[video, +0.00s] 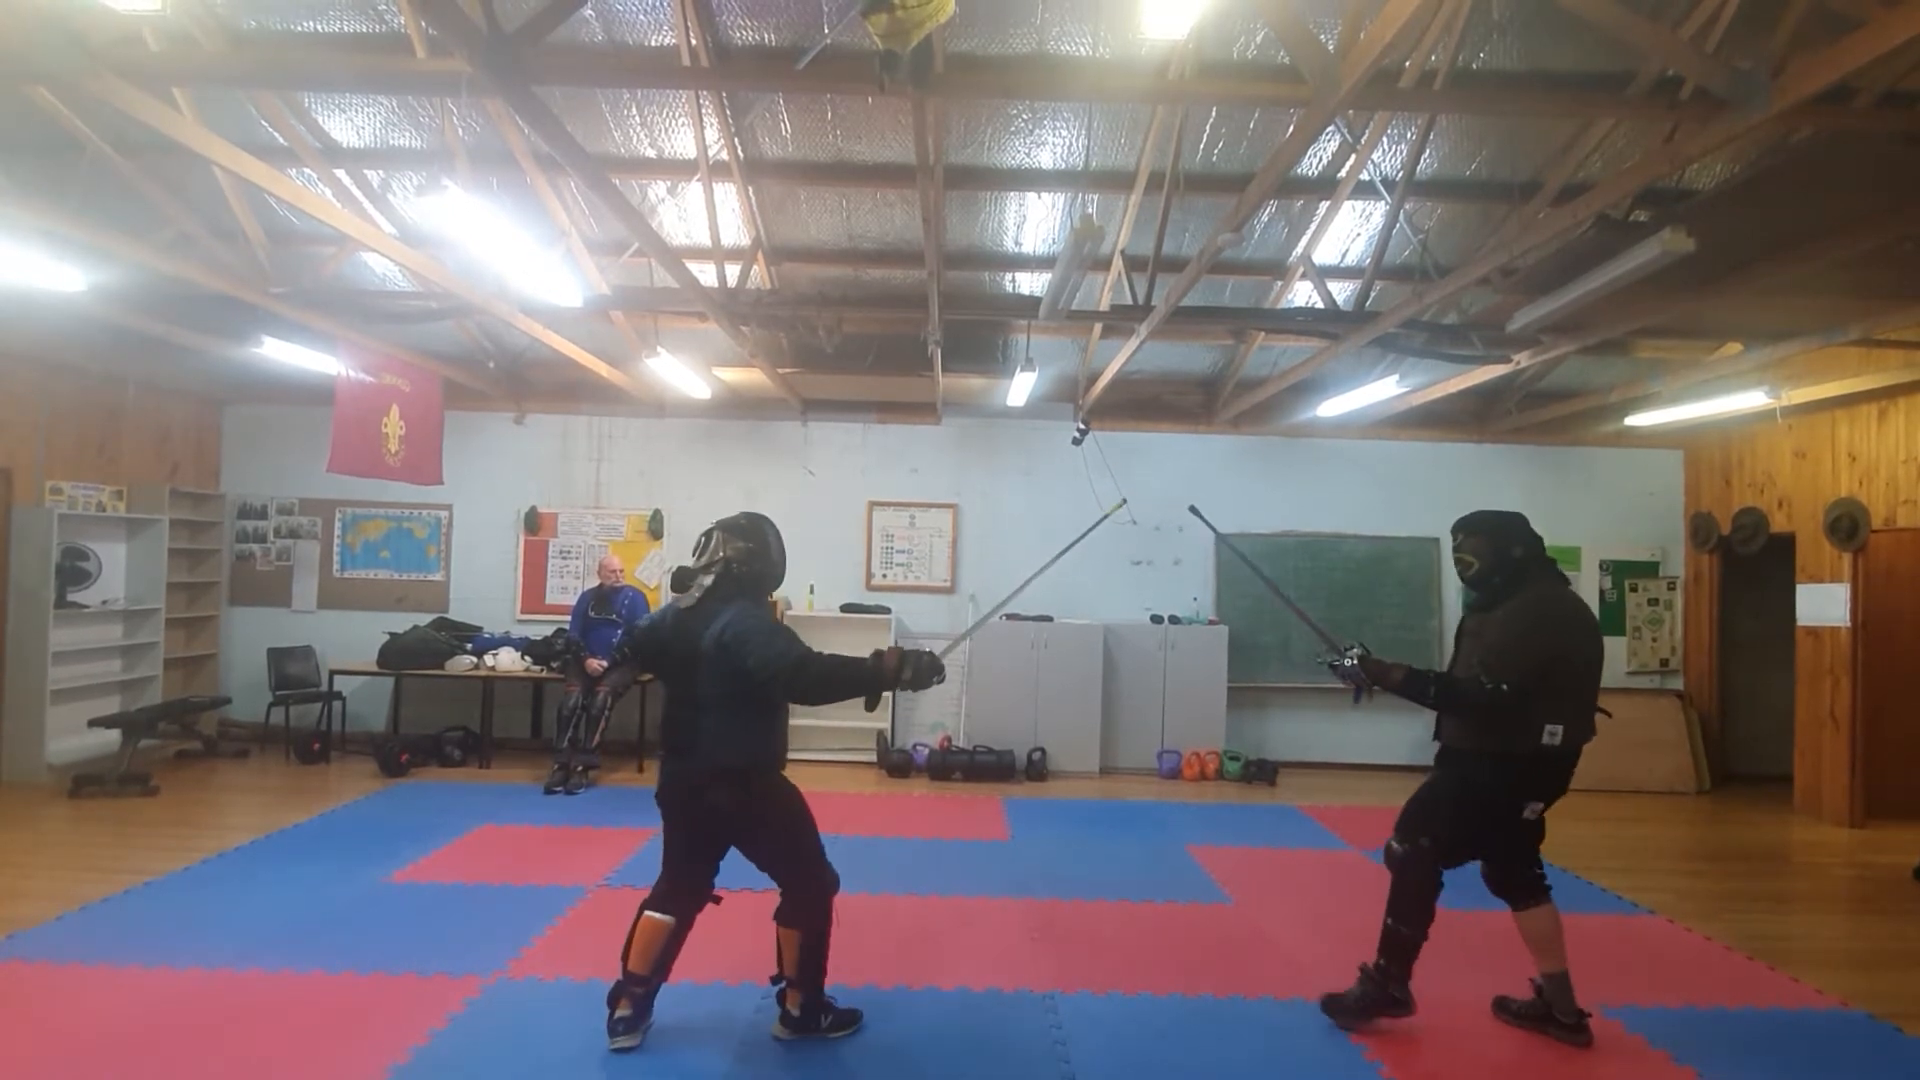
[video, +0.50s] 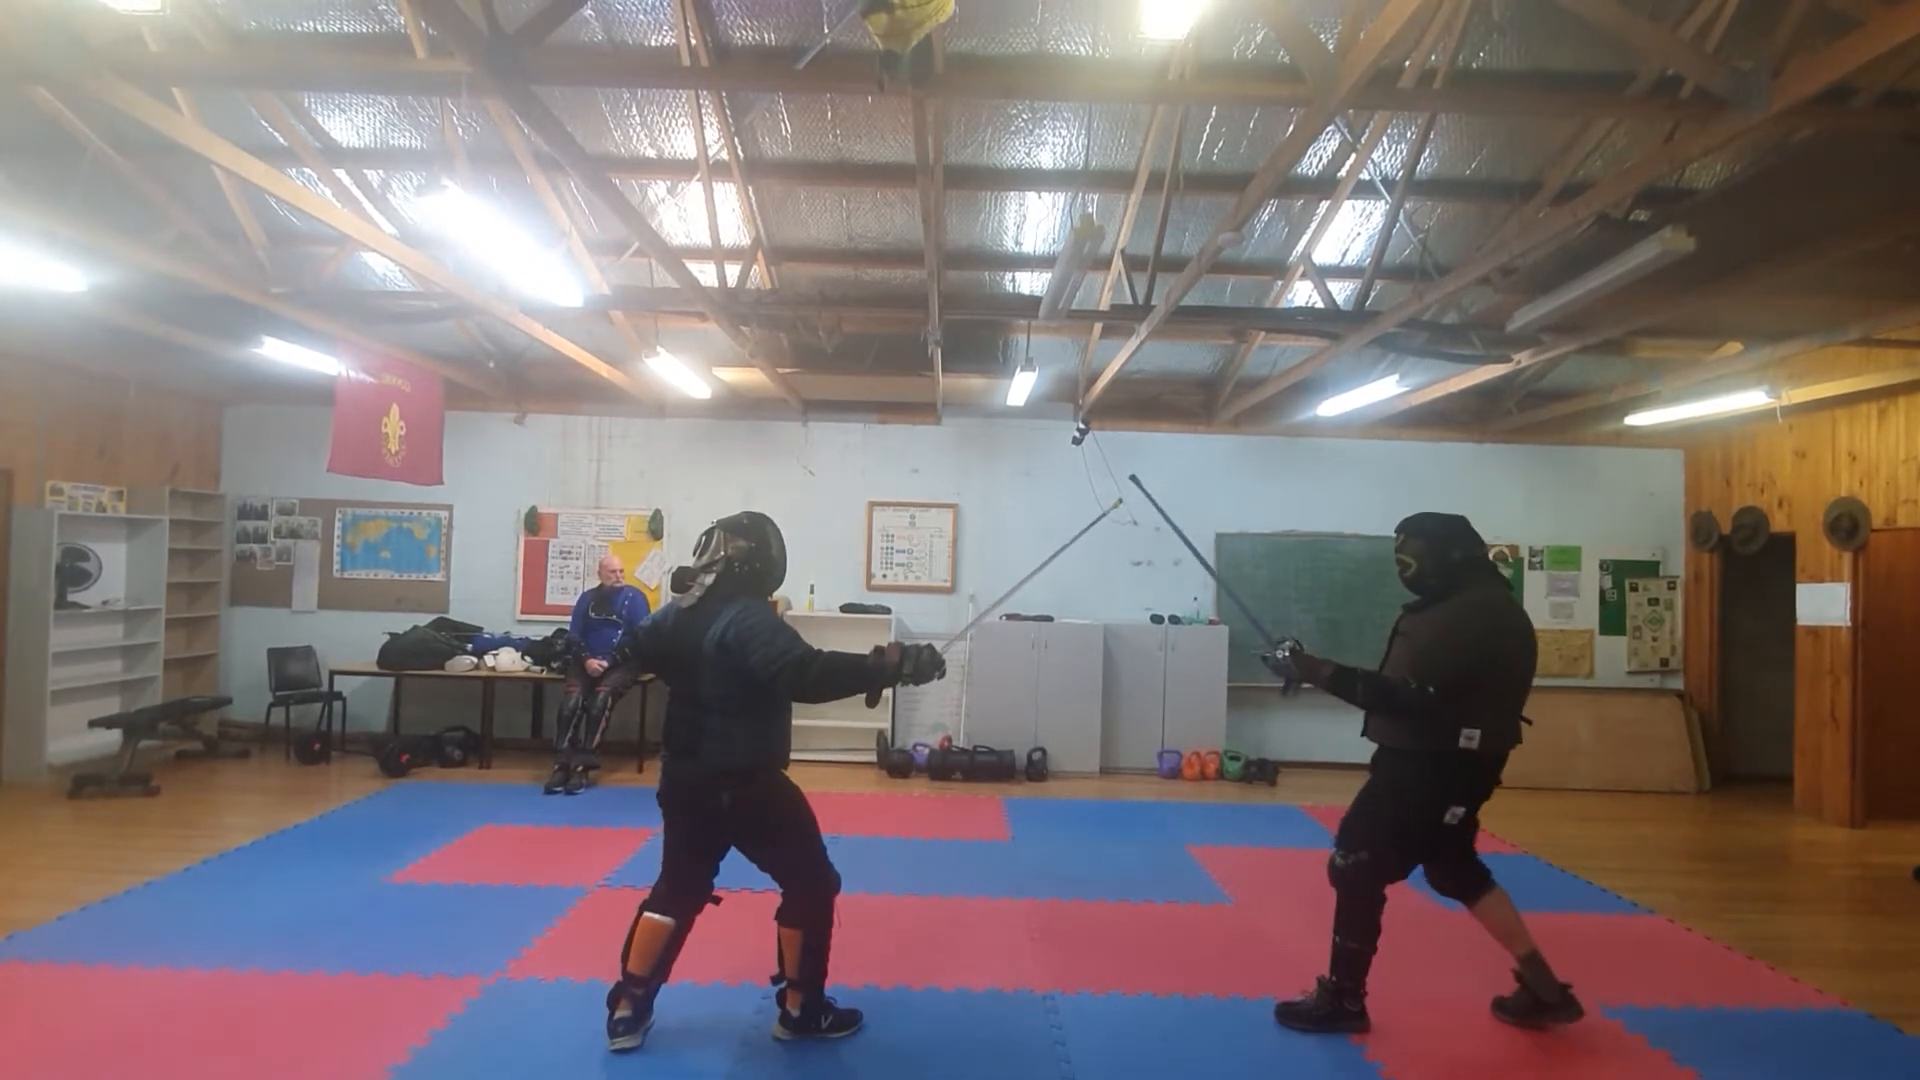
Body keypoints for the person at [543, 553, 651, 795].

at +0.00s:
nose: (618, 577)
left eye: (621, 572)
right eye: (612, 572)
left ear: (624, 573)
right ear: (599, 573)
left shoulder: (634, 598)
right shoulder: (587, 597)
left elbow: (638, 637)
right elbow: (574, 635)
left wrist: (609, 661)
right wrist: (585, 659)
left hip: (619, 662)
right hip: (585, 659)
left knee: (601, 697)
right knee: (572, 696)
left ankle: (582, 768)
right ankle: (560, 765)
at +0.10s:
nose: (618, 577)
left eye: (621, 572)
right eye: (612, 572)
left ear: (624, 573)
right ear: (599, 573)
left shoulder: (634, 598)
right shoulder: (587, 597)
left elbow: (639, 637)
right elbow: (573, 635)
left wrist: (609, 661)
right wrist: (585, 658)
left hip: (619, 662)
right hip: (585, 660)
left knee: (601, 697)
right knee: (572, 697)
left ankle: (582, 768)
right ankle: (561, 765)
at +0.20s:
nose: (618, 577)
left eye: (621, 573)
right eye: (613, 573)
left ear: (624, 573)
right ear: (599, 574)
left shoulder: (634, 598)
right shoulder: (587, 598)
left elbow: (640, 637)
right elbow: (574, 635)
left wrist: (609, 661)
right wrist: (586, 659)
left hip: (620, 662)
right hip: (585, 660)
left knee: (601, 698)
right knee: (572, 697)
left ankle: (581, 768)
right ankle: (561, 766)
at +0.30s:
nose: (618, 577)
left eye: (621, 572)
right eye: (612, 572)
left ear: (624, 573)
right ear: (599, 573)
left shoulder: (635, 598)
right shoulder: (587, 598)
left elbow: (640, 637)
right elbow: (574, 636)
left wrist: (610, 661)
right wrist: (585, 659)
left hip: (620, 663)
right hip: (586, 660)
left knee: (601, 698)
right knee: (572, 698)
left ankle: (582, 768)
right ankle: (561, 765)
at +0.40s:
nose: (618, 577)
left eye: (621, 572)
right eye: (613, 572)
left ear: (624, 573)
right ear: (600, 574)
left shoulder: (635, 598)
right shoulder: (587, 598)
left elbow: (640, 637)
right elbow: (574, 636)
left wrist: (609, 661)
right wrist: (586, 659)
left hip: (620, 662)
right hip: (586, 660)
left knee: (601, 698)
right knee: (572, 698)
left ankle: (582, 768)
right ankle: (561, 766)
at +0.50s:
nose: (618, 576)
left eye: (621, 572)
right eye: (613, 572)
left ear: (624, 573)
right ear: (600, 573)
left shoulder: (635, 598)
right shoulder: (587, 598)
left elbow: (639, 637)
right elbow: (574, 636)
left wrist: (609, 661)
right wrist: (586, 659)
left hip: (620, 662)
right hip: (586, 660)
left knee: (601, 698)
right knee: (572, 698)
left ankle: (582, 768)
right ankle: (561, 766)